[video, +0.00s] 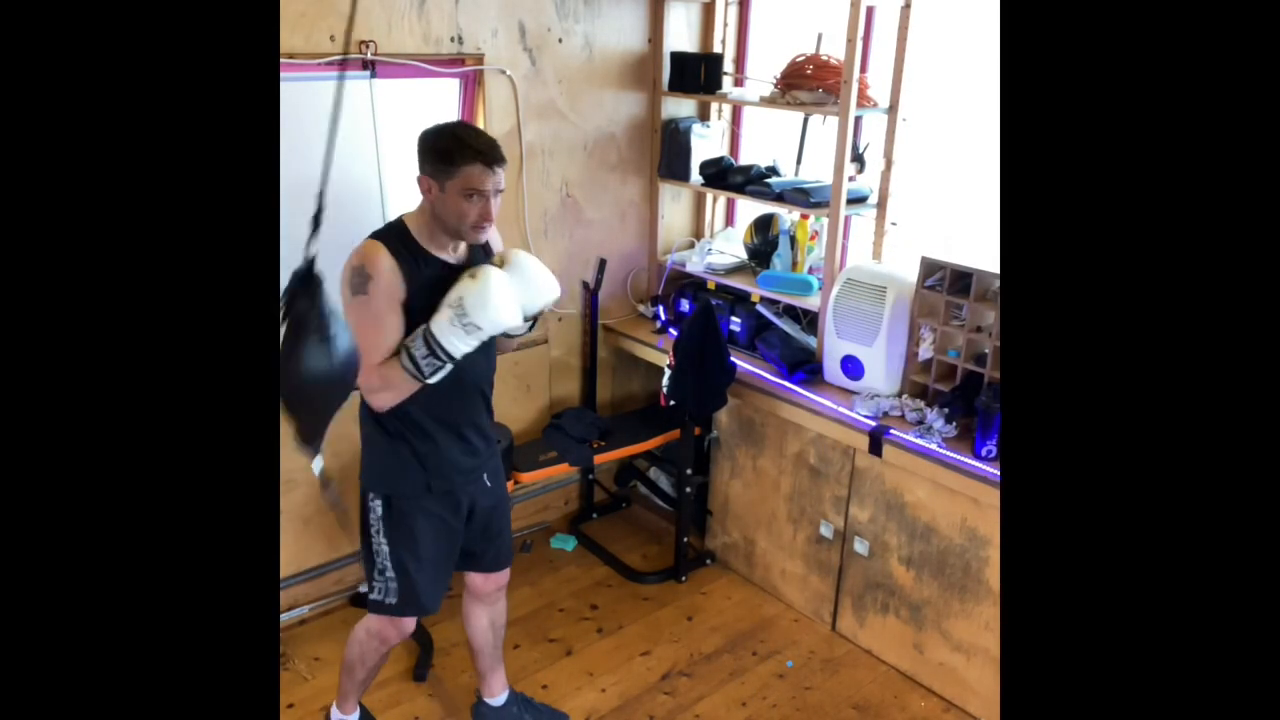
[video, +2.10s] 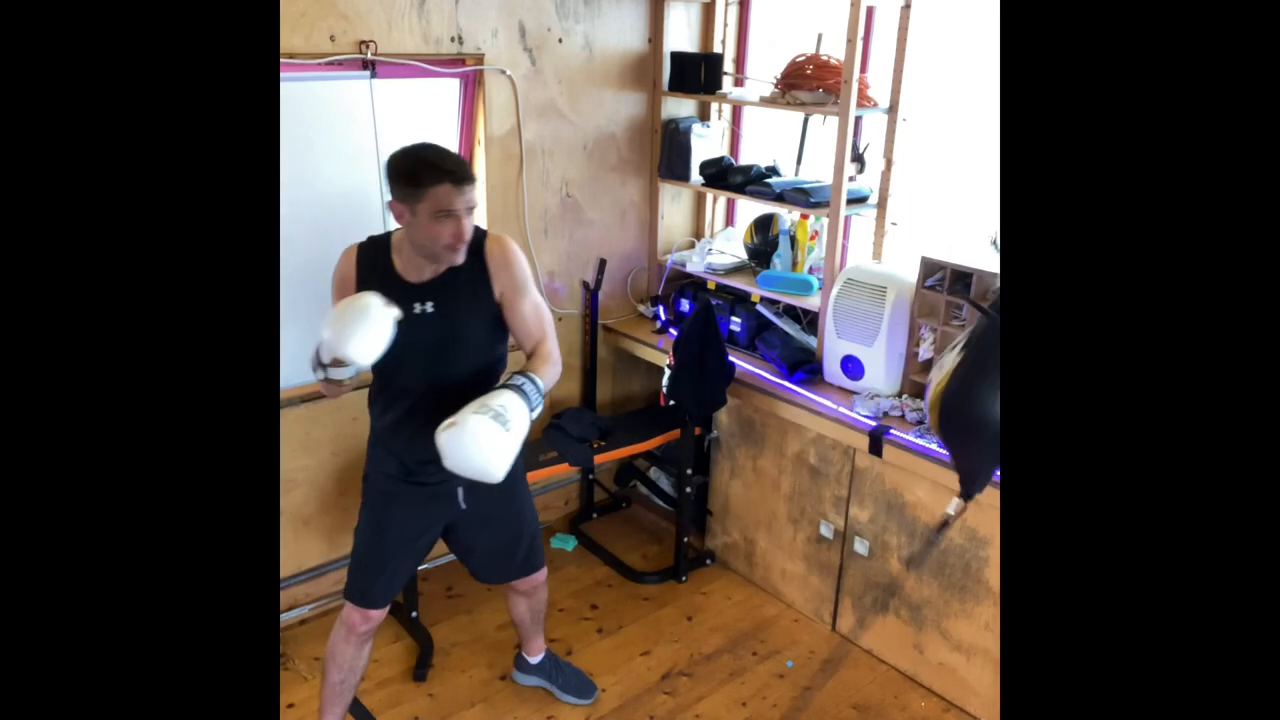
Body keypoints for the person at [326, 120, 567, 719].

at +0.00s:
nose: (489, 212)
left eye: (496, 195)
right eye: (472, 195)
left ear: (501, 190)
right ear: (428, 189)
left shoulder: (482, 247)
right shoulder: (376, 262)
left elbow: (501, 340)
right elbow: (377, 389)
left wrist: (524, 311)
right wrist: (451, 329)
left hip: (477, 454)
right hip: (405, 467)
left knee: (490, 579)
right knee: (393, 619)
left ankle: (496, 698)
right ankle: (344, 711)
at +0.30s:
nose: (449, 240)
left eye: (458, 223)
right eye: (433, 225)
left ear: (466, 212)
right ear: (387, 212)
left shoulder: (467, 248)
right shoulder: (329, 265)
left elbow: (500, 362)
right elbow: (329, 395)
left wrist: (489, 319)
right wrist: (378, 333)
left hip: (453, 451)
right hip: (371, 462)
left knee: (489, 579)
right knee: (351, 616)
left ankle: (498, 698)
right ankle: (340, 714)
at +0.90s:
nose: (507, 219)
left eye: (511, 203)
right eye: (491, 205)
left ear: (515, 199)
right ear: (444, 200)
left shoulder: (512, 245)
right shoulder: (392, 260)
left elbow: (534, 320)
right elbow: (382, 385)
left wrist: (546, 376)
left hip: (490, 445)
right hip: (417, 460)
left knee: (522, 559)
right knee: (378, 607)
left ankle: (535, 656)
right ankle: (345, 711)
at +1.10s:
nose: (548, 216)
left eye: (557, 201)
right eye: (534, 199)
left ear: (564, 196)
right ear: (494, 188)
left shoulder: (532, 243)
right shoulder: (457, 250)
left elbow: (532, 312)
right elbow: (488, 360)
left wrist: (575, 314)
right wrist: (571, 349)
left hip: (509, 427)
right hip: (444, 439)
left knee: (522, 549)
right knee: (409, 589)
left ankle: (534, 655)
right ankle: (366, 710)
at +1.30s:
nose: (545, 223)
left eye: (555, 206)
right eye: (530, 206)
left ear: (565, 198)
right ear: (493, 194)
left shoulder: (562, 235)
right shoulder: (440, 248)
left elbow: (579, 336)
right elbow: (414, 358)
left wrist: (581, 315)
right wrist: (481, 328)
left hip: (529, 432)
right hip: (454, 439)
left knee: (537, 553)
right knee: (431, 591)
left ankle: (535, 656)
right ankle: (390, 712)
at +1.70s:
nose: (465, 263)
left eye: (478, 247)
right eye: (449, 248)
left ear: (491, 232)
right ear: (413, 230)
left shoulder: (499, 261)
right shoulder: (362, 274)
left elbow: (524, 370)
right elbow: (339, 390)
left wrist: (520, 338)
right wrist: (395, 366)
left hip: (467, 452)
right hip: (387, 463)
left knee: (509, 573)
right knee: (355, 616)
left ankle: (531, 660)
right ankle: (325, 716)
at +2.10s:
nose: (464, 230)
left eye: (470, 212)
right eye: (446, 216)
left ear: (477, 204)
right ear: (400, 214)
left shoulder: (499, 258)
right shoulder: (359, 267)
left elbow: (546, 353)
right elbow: (334, 384)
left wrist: (520, 399)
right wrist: (338, 359)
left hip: (487, 451)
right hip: (402, 459)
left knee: (530, 577)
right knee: (363, 614)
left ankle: (535, 659)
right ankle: (333, 713)